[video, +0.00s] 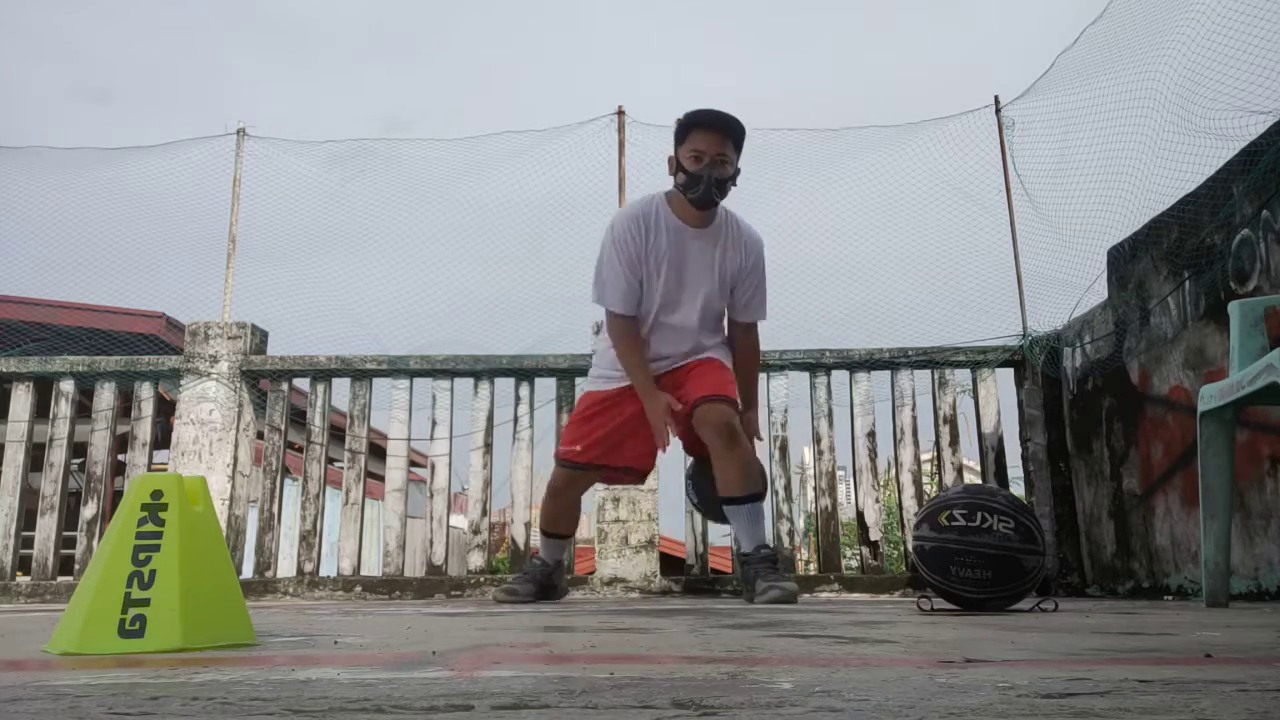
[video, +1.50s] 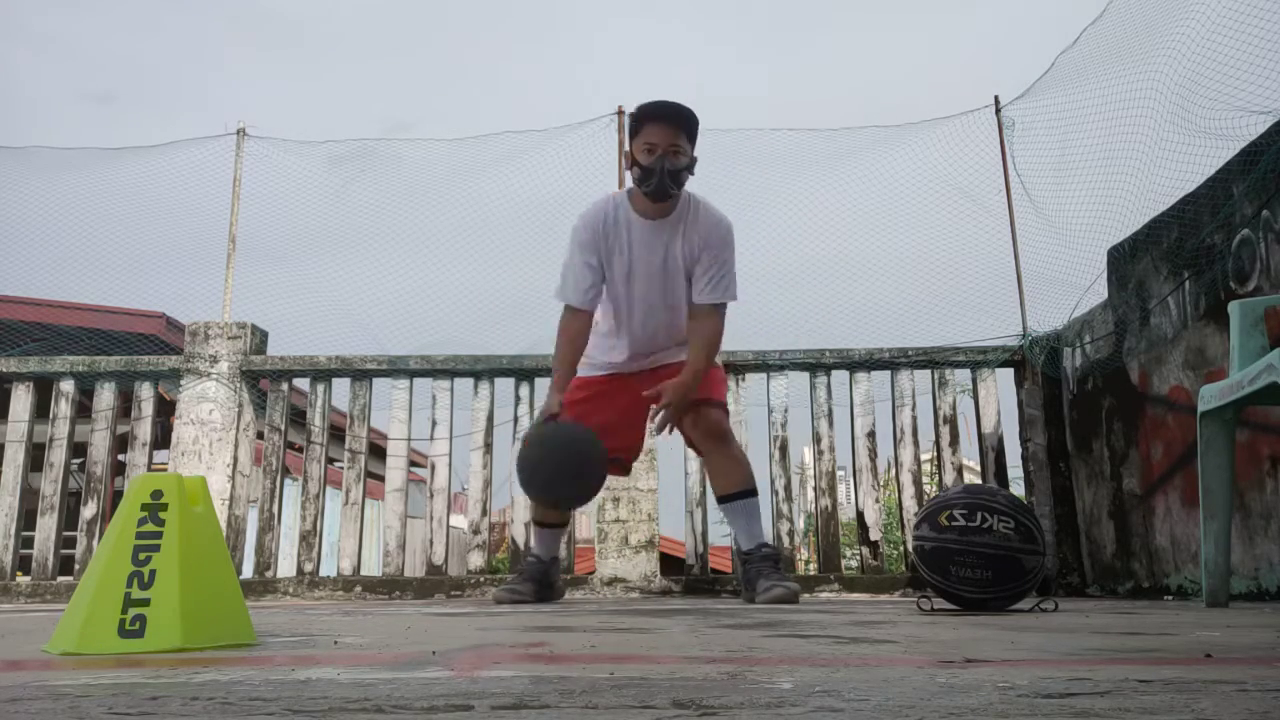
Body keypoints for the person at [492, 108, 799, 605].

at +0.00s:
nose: (707, 172)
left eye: (721, 163)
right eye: (696, 158)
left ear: (735, 172)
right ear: (674, 162)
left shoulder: (744, 244)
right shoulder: (632, 227)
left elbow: (745, 333)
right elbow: (620, 321)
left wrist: (750, 411)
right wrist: (648, 392)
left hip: (697, 360)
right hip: (624, 363)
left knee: (722, 421)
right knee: (567, 474)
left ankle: (758, 563)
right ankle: (548, 569)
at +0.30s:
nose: (720, 165)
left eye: (734, 155)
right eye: (710, 152)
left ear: (747, 162)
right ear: (686, 152)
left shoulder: (755, 225)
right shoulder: (647, 217)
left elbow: (779, 305)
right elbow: (654, 313)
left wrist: (805, 351)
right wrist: (711, 350)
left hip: (705, 356)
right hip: (633, 359)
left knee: (731, 425)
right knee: (591, 463)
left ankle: (761, 563)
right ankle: (550, 556)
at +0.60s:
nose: (650, 167)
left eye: (665, 156)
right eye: (640, 154)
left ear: (683, 163)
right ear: (623, 155)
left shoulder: (707, 230)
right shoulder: (592, 223)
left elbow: (726, 317)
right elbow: (557, 295)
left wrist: (700, 363)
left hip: (684, 360)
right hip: (610, 366)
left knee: (703, 429)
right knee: (553, 450)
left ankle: (756, 561)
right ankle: (549, 568)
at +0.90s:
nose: (688, 163)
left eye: (700, 153)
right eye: (677, 151)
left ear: (716, 163)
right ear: (657, 156)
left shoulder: (730, 237)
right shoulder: (615, 221)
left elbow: (734, 327)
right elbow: (606, 313)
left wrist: (741, 409)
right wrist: (633, 387)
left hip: (685, 356)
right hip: (611, 359)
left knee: (711, 422)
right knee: (557, 464)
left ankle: (755, 563)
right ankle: (548, 568)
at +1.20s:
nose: (731, 174)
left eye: (743, 164)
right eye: (719, 160)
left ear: (756, 170)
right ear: (695, 160)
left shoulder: (758, 236)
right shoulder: (653, 221)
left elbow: (791, 303)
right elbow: (646, 317)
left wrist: (842, 338)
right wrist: (709, 353)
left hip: (697, 359)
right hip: (627, 361)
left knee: (727, 424)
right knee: (592, 465)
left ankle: (759, 563)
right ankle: (549, 554)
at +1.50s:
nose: (659, 165)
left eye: (674, 154)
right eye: (648, 151)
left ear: (691, 161)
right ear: (630, 155)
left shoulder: (709, 227)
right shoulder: (598, 223)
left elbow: (708, 316)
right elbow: (577, 313)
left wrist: (689, 379)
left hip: (681, 362)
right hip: (607, 366)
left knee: (710, 426)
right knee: (556, 448)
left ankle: (758, 561)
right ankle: (541, 568)